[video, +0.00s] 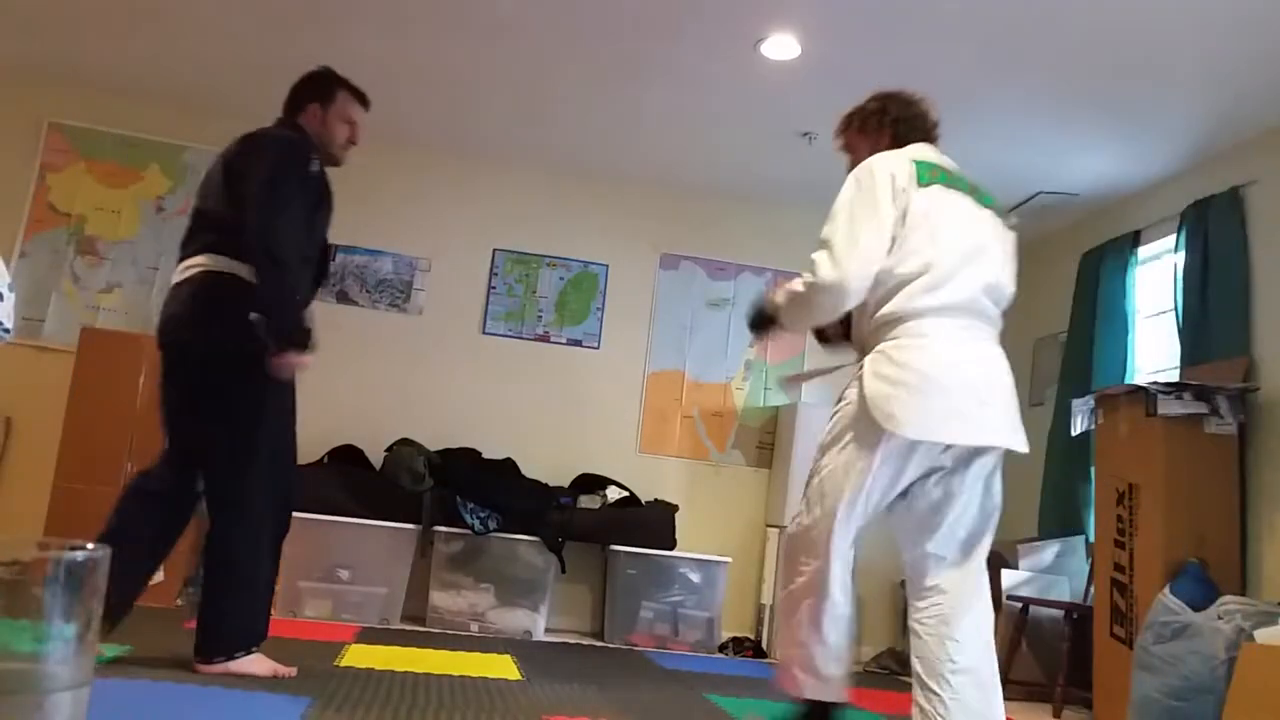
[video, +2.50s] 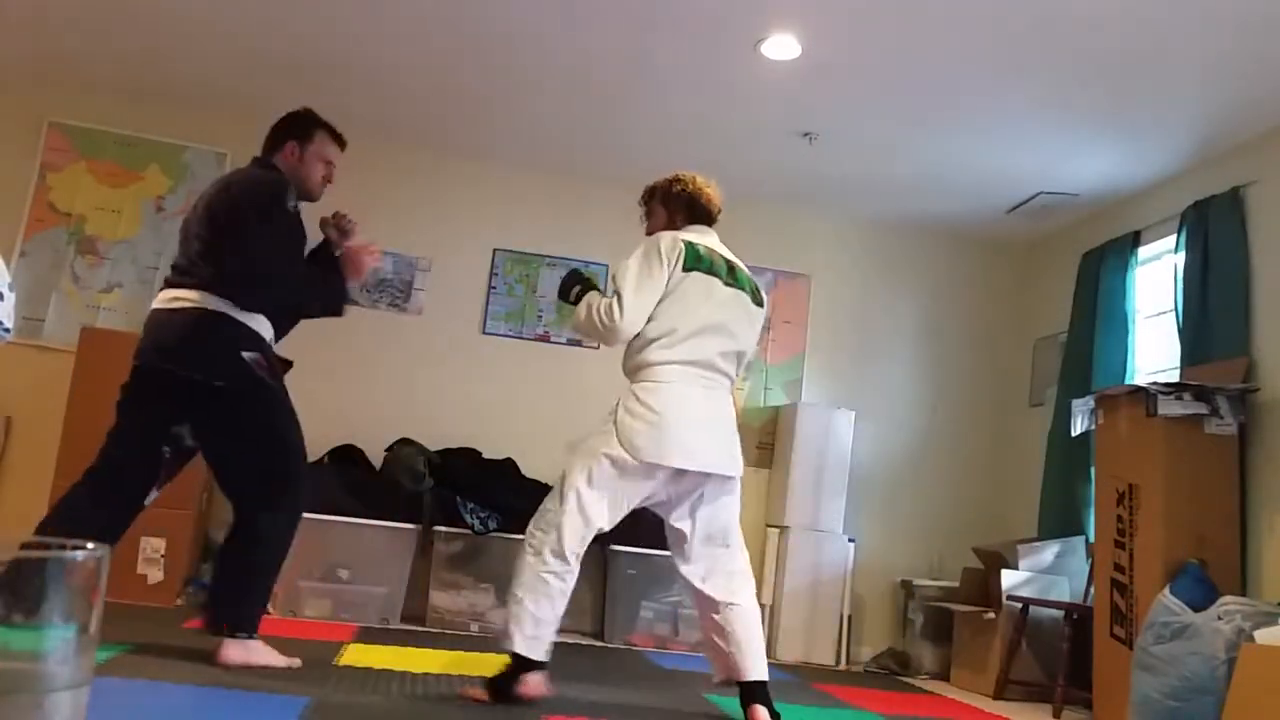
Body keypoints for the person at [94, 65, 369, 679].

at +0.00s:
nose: (356, 137)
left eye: (360, 127)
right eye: (349, 122)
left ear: (306, 118)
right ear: (314, 113)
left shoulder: (251, 150)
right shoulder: (290, 153)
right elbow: (277, 241)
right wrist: (288, 336)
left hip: (191, 314)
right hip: (239, 317)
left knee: (183, 469)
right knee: (256, 484)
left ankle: (83, 614)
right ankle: (227, 646)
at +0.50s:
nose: (377, 156)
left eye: (379, 144)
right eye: (372, 139)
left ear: (324, 131)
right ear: (336, 127)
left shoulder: (261, 169)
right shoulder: (321, 170)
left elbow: (283, 272)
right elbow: (326, 263)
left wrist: (354, 312)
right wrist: (400, 315)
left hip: (221, 330)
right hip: (277, 333)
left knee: (211, 478)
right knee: (306, 485)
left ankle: (170, 629)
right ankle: (240, 636)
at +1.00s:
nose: (432, 184)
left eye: (438, 173)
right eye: (431, 169)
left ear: (385, 155)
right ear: (401, 155)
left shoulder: (323, 188)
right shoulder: (388, 195)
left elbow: (361, 280)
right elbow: (404, 282)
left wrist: (430, 267)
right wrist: (475, 279)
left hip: (272, 344)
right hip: (337, 355)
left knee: (248, 487)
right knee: (377, 505)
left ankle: (170, 616)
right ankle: (368, 654)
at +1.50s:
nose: (443, 200)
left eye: (446, 190)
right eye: (441, 186)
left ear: (399, 171)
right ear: (412, 170)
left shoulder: (336, 201)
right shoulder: (397, 208)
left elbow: (374, 289)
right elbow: (414, 292)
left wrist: (440, 261)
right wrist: (478, 272)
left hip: (278, 352)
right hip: (344, 361)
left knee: (233, 488)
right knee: (396, 497)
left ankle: (147, 626)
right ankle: (390, 654)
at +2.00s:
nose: (402, 206)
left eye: (404, 195)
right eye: (399, 193)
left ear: (349, 187)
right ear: (371, 186)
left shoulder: (292, 218)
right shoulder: (379, 228)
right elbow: (437, 300)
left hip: (237, 367)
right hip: (312, 376)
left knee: (165, 484)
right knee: (373, 508)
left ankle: (80, 597)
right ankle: (386, 650)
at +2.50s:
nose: (331, 179)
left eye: (335, 169)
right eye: (327, 164)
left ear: (286, 154)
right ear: (291, 152)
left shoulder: (227, 190)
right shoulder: (270, 193)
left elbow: (268, 298)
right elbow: (273, 289)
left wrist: (326, 249)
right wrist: (341, 274)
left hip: (164, 339)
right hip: (221, 348)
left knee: (117, 481)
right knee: (276, 489)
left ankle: (20, 597)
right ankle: (238, 634)